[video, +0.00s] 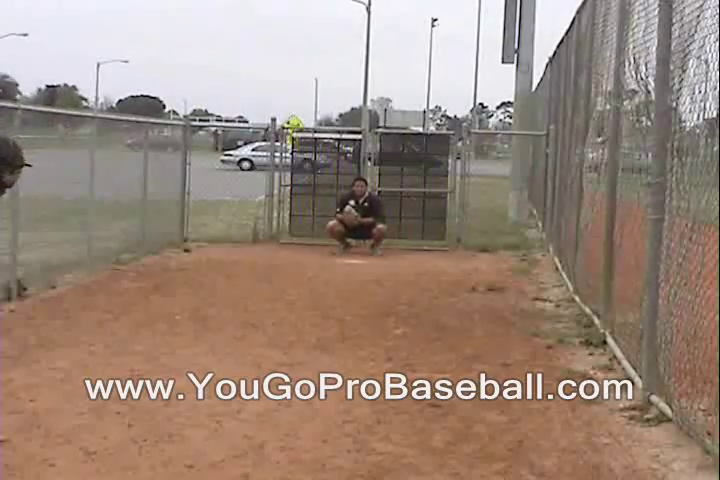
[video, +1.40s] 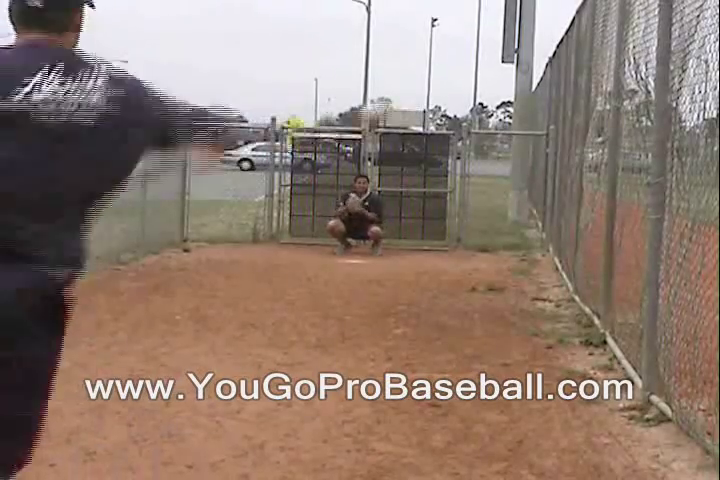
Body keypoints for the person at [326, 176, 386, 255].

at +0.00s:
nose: (359, 189)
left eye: (362, 186)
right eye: (357, 186)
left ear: (366, 188)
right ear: (353, 188)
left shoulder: (373, 199)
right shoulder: (346, 197)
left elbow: (379, 218)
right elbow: (338, 214)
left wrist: (360, 220)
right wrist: (345, 219)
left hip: (366, 227)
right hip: (349, 226)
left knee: (381, 229)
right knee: (332, 226)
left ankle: (374, 246)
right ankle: (345, 244)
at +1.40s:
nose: (361, 186)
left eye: (364, 183)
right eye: (359, 183)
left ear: (368, 185)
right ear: (354, 185)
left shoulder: (374, 198)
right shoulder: (346, 197)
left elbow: (378, 219)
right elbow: (337, 214)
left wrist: (360, 210)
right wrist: (347, 209)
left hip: (365, 226)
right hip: (349, 225)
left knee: (376, 231)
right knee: (332, 225)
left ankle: (376, 244)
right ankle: (346, 244)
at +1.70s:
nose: (360, 187)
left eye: (362, 184)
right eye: (358, 184)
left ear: (366, 186)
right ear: (353, 186)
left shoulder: (373, 198)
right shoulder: (346, 198)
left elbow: (377, 215)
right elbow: (338, 214)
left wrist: (364, 203)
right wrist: (349, 209)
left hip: (367, 227)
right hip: (350, 226)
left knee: (379, 229)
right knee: (333, 225)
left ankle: (376, 245)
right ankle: (346, 245)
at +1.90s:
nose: (357, 187)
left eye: (360, 185)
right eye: (355, 185)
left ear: (364, 187)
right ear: (351, 186)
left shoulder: (371, 197)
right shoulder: (346, 197)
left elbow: (371, 205)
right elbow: (338, 213)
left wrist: (357, 203)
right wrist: (350, 211)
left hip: (367, 227)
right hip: (350, 227)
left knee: (379, 229)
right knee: (334, 225)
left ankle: (377, 245)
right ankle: (346, 244)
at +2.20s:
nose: (356, 188)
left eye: (359, 185)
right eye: (354, 185)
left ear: (364, 186)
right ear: (351, 187)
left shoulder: (371, 198)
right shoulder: (347, 199)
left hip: (367, 229)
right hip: (350, 227)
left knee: (378, 230)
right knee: (332, 225)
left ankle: (377, 244)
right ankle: (346, 244)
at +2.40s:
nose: (357, 185)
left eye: (360, 182)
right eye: (355, 182)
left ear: (365, 184)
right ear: (352, 183)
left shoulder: (372, 196)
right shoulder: (349, 196)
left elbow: (371, 212)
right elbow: (338, 214)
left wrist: (351, 207)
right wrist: (340, 206)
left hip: (366, 225)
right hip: (350, 224)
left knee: (380, 230)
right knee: (332, 227)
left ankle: (377, 245)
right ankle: (346, 244)